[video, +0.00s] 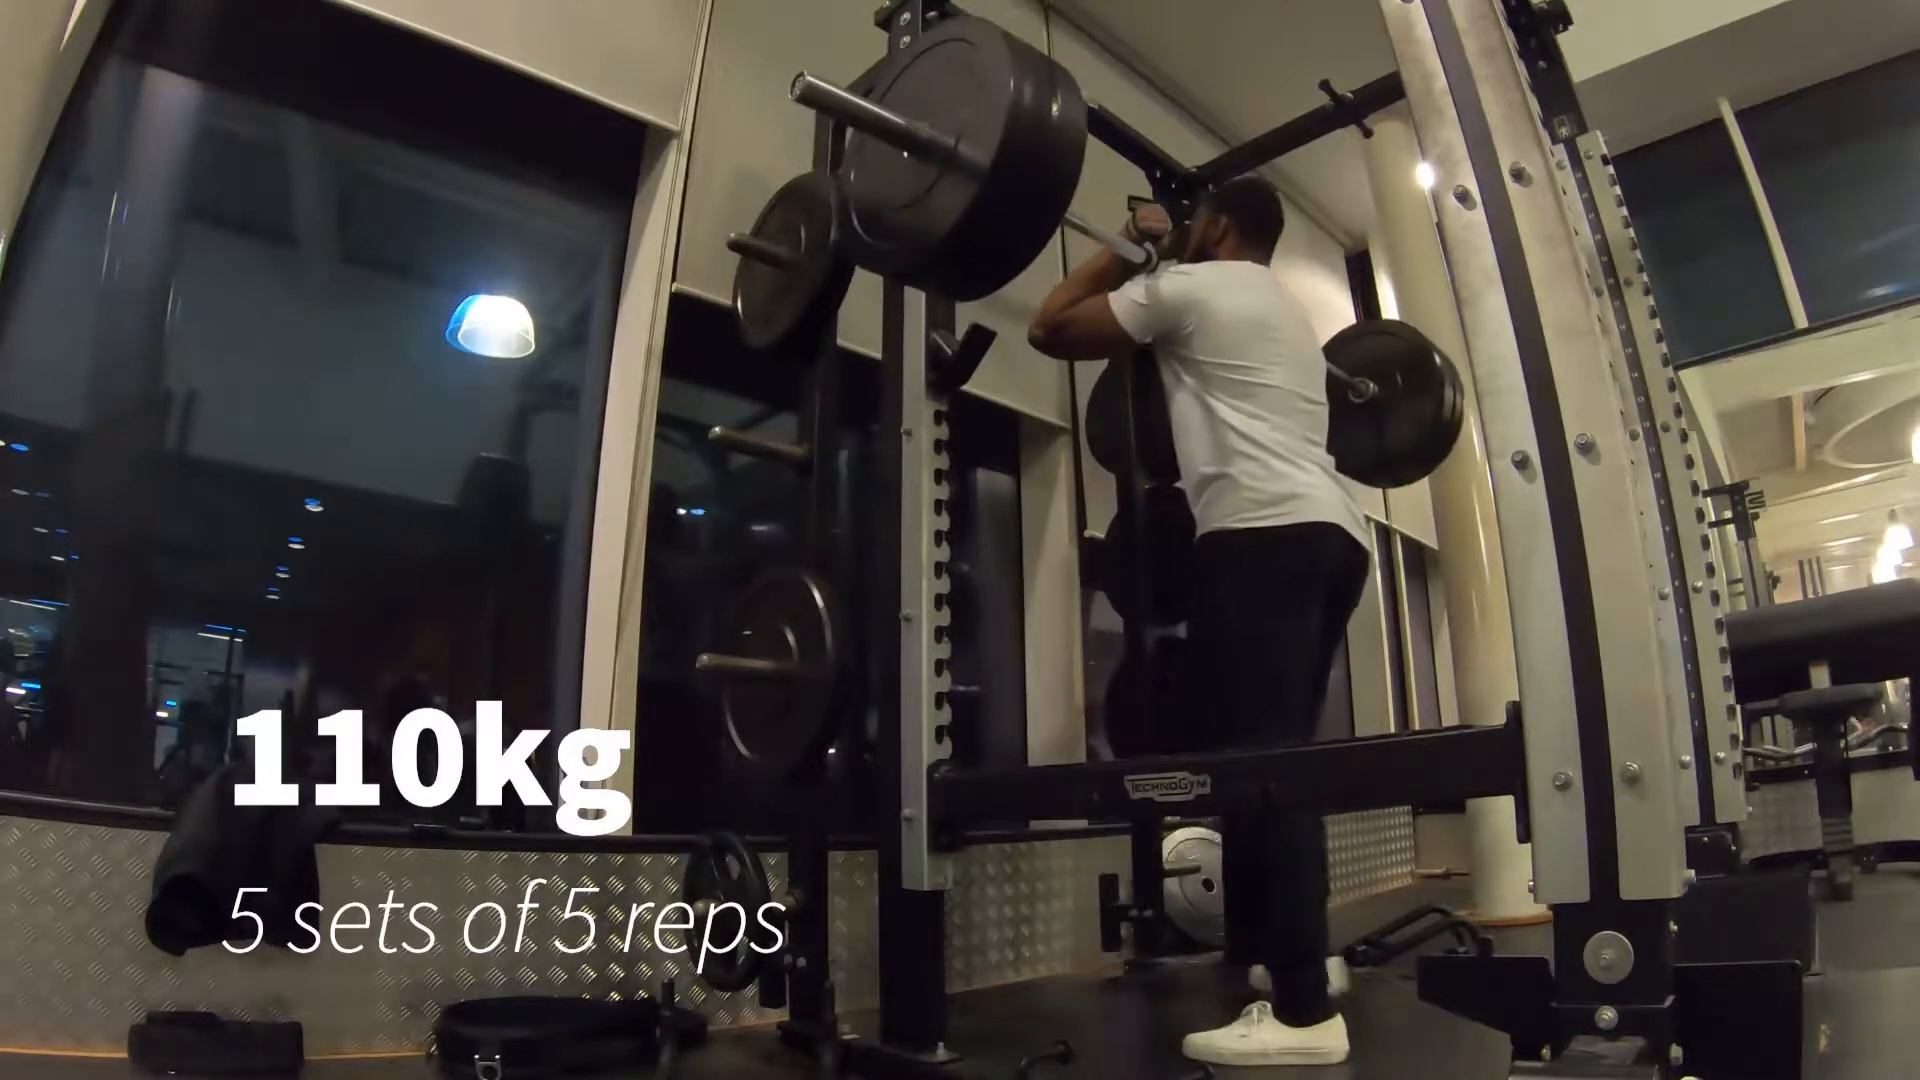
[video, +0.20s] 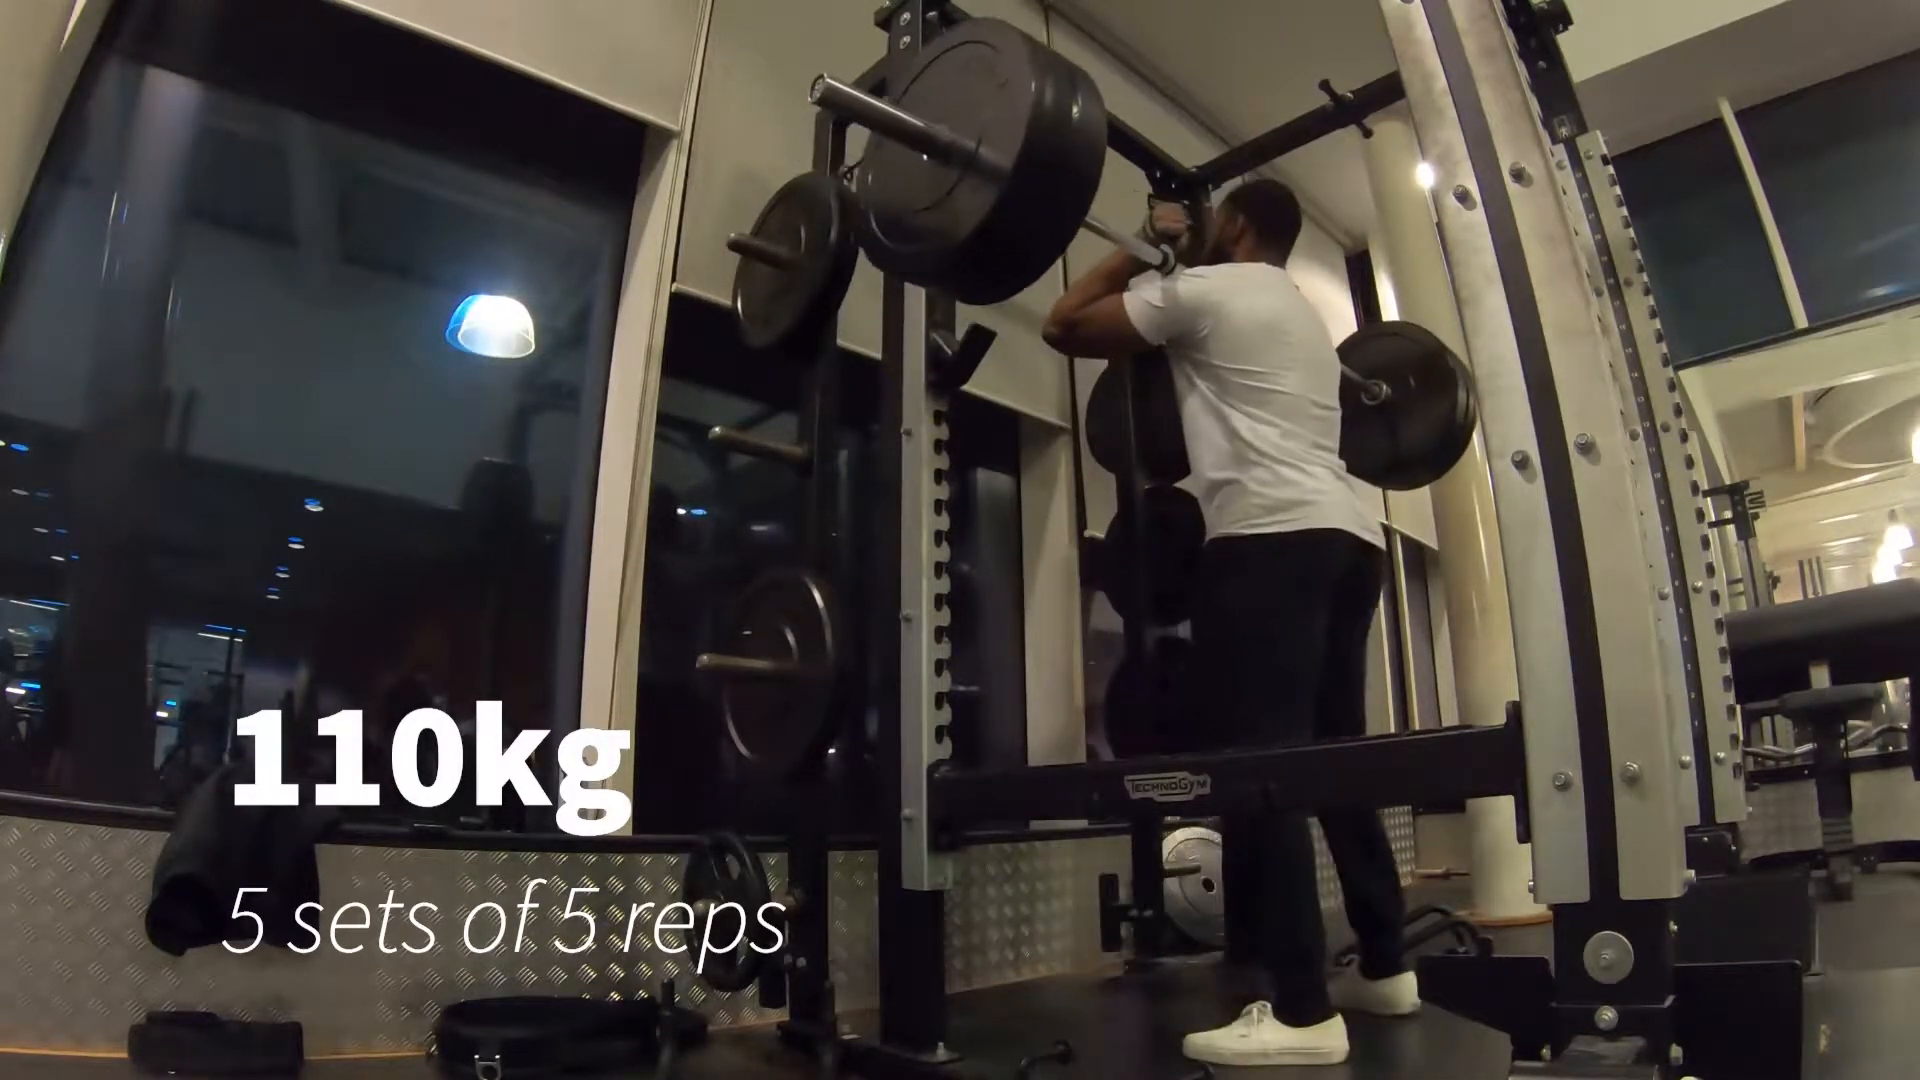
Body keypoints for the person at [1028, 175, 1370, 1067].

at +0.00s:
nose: (1187, 234)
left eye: (1194, 223)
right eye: (1191, 224)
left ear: (1218, 226)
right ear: (1263, 239)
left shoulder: (1194, 291)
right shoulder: (1290, 312)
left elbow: (1049, 326)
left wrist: (1124, 245)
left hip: (1263, 541)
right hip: (1329, 540)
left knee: (1268, 771)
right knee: (1268, 767)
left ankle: (1302, 1013)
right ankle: (1290, 976)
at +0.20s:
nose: (1211, 235)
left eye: (1216, 226)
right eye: (1214, 227)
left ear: (1235, 228)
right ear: (1284, 239)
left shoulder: (1208, 296)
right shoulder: (1305, 309)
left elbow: (1066, 323)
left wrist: (1139, 246)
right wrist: (1176, 270)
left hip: (1266, 543)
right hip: (1351, 544)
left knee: (1259, 772)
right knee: (1336, 761)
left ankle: (1300, 1011)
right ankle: (1387, 966)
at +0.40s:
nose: (1222, 239)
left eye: (1227, 229)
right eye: (1224, 231)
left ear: (1246, 230)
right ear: (1296, 240)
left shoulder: (1220, 299)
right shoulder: (1317, 311)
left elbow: (1081, 319)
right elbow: (1228, 327)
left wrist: (1151, 252)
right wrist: (1192, 258)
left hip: (1276, 549)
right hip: (1360, 547)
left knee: (1266, 772)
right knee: (1341, 765)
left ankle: (1301, 1010)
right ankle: (1385, 968)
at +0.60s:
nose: (1232, 243)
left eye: (1238, 232)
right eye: (1236, 234)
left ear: (1255, 233)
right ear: (1305, 243)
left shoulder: (1231, 300)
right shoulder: (1324, 312)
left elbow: (1090, 325)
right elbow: (1237, 337)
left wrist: (1157, 257)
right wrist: (1201, 263)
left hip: (1286, 549)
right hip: (1366, 547)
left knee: (1280, 774)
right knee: (1349, 766)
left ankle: (1301, 1011)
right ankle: (1387, 971)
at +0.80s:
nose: (1235, 242)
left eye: (1241, 231)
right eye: (1240, 233)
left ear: (1258, 232)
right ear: (1310, 244)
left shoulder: (1236, 301)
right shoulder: (1332, 315)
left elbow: (1096, 327)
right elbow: (1244, 343)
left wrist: (1162, 256)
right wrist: (1203, 266)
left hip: (1288, 548)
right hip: (1370, 546)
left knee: (1280, 773)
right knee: (1347, 766)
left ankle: (1301, 1011)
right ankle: (1387, 971)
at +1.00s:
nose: (1236, 240)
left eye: (1242, 229)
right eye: (1241, 231)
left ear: (1259, 230)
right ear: (1310, 242)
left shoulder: (1239, 295)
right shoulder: (1333, 312)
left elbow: (1097, 324)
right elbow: (1242, 344)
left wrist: (1166, 252)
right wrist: (1202, 264)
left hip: (1290, 541)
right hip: (1373, 540)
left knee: (1278, 770)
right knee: (1350, 762)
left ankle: (1301, 1010)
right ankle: (1386, 970)